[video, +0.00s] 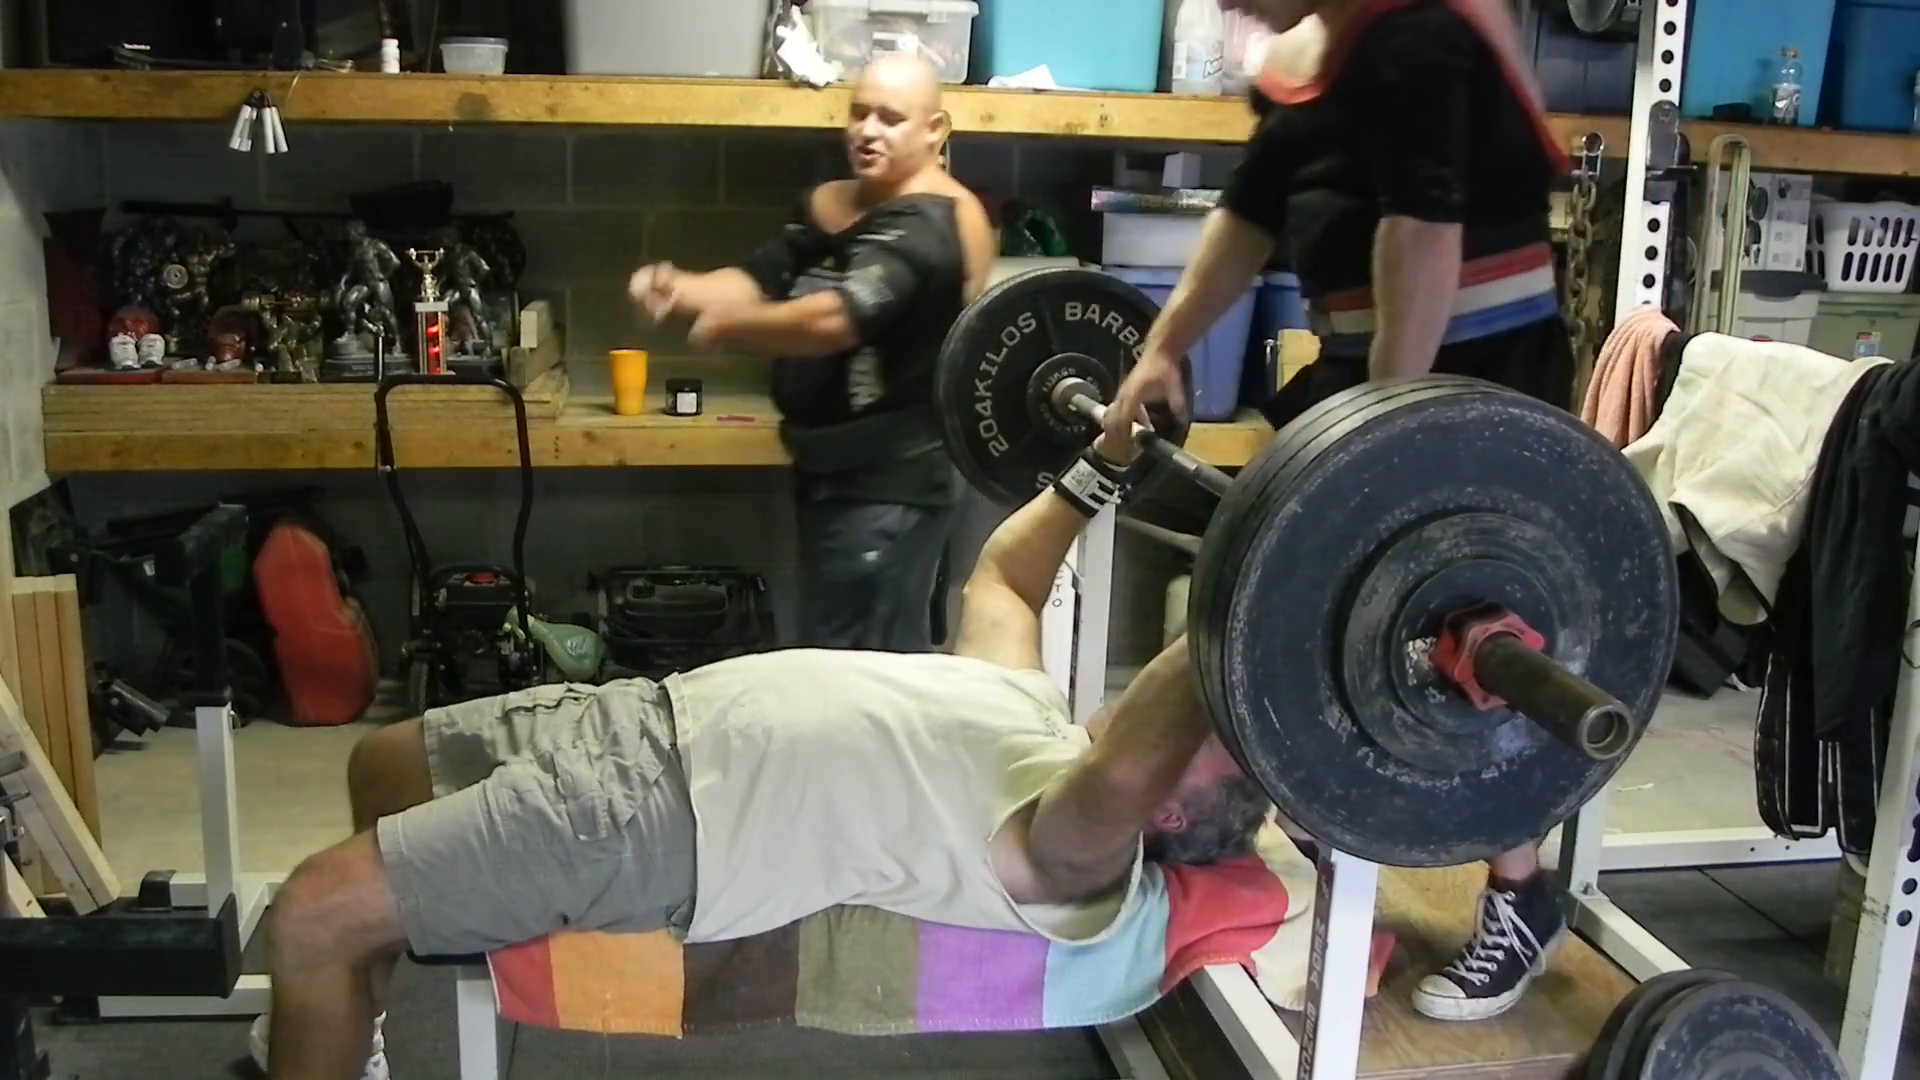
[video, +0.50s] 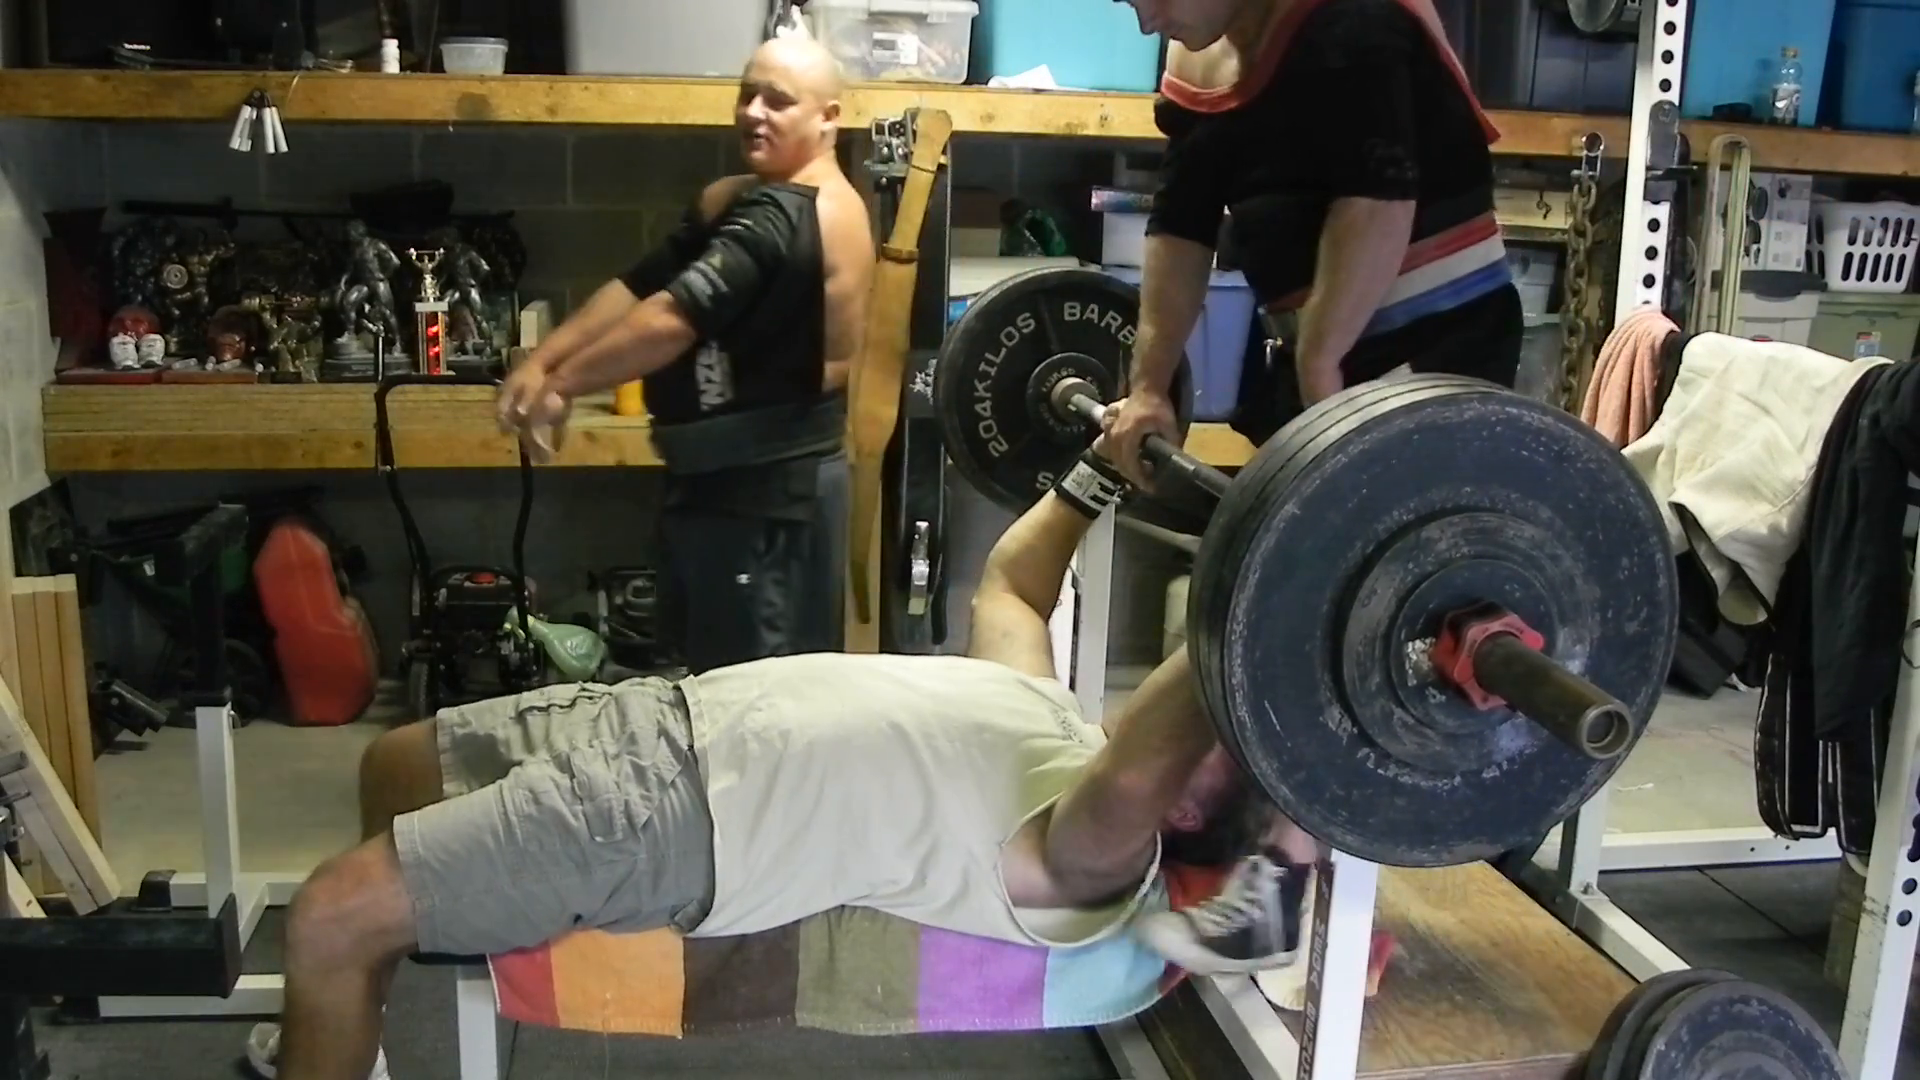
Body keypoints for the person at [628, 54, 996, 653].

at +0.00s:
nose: (867, 131)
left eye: (890, 117)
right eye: (860, 114)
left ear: (936, 131)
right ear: (848, 118)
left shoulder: (925, 221)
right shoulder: (842, 205)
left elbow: (837, 321)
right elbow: (763, 278)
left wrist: (730, 322)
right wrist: (683, 288)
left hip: (887, 486)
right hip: (836, 477)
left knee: (852, 678)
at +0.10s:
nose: (843, 135)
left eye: (867, 121)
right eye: (836, 116)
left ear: (911, 133)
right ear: (824, 119)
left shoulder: (891, 225)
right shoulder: (818, 205)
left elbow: (794, 338)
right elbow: (740, 280)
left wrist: (695, 376)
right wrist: (663, 329)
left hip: (861, 487)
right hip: (816, 475)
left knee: (825, 683)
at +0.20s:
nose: (817, 131)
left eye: (841, 119)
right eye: (811, 112)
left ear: (887, 132)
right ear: (799, 115)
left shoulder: (853, 232)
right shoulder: (797, 207)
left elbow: (759, 347)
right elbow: (714, 291)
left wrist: (665, 404)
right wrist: (637, 373)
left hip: (823, 493)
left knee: (792, 690)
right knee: (838, 680)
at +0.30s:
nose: (790, 122)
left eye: (815, 109)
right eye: (785, 104)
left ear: (864, 125)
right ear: (775, 107)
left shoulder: (822, 223)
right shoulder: (780, 200)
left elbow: (728, 341)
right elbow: (688, 291)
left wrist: (632, 408)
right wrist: (602, 378)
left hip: (802, 495)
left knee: (778, 699)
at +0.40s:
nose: (770, 115)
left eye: (795, 103)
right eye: (766, 98)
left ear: (846, 120)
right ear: (754, 100)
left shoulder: (798, 217)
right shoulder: (758, 195)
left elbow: (699, 328)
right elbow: (663, 287)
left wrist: (593, 399)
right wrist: (567, 367)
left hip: (778, 490)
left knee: (751, 703)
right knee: (800, 694)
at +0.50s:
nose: (753, 112)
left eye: (778, 100)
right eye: (749, 95)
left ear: (829, 118)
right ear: (737, 99)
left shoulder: (782, 213)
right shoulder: (743, 196)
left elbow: (678, 320)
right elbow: (641, 284)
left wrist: (562, 387)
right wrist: (540, 360)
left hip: (762, 494)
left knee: (748, 710)